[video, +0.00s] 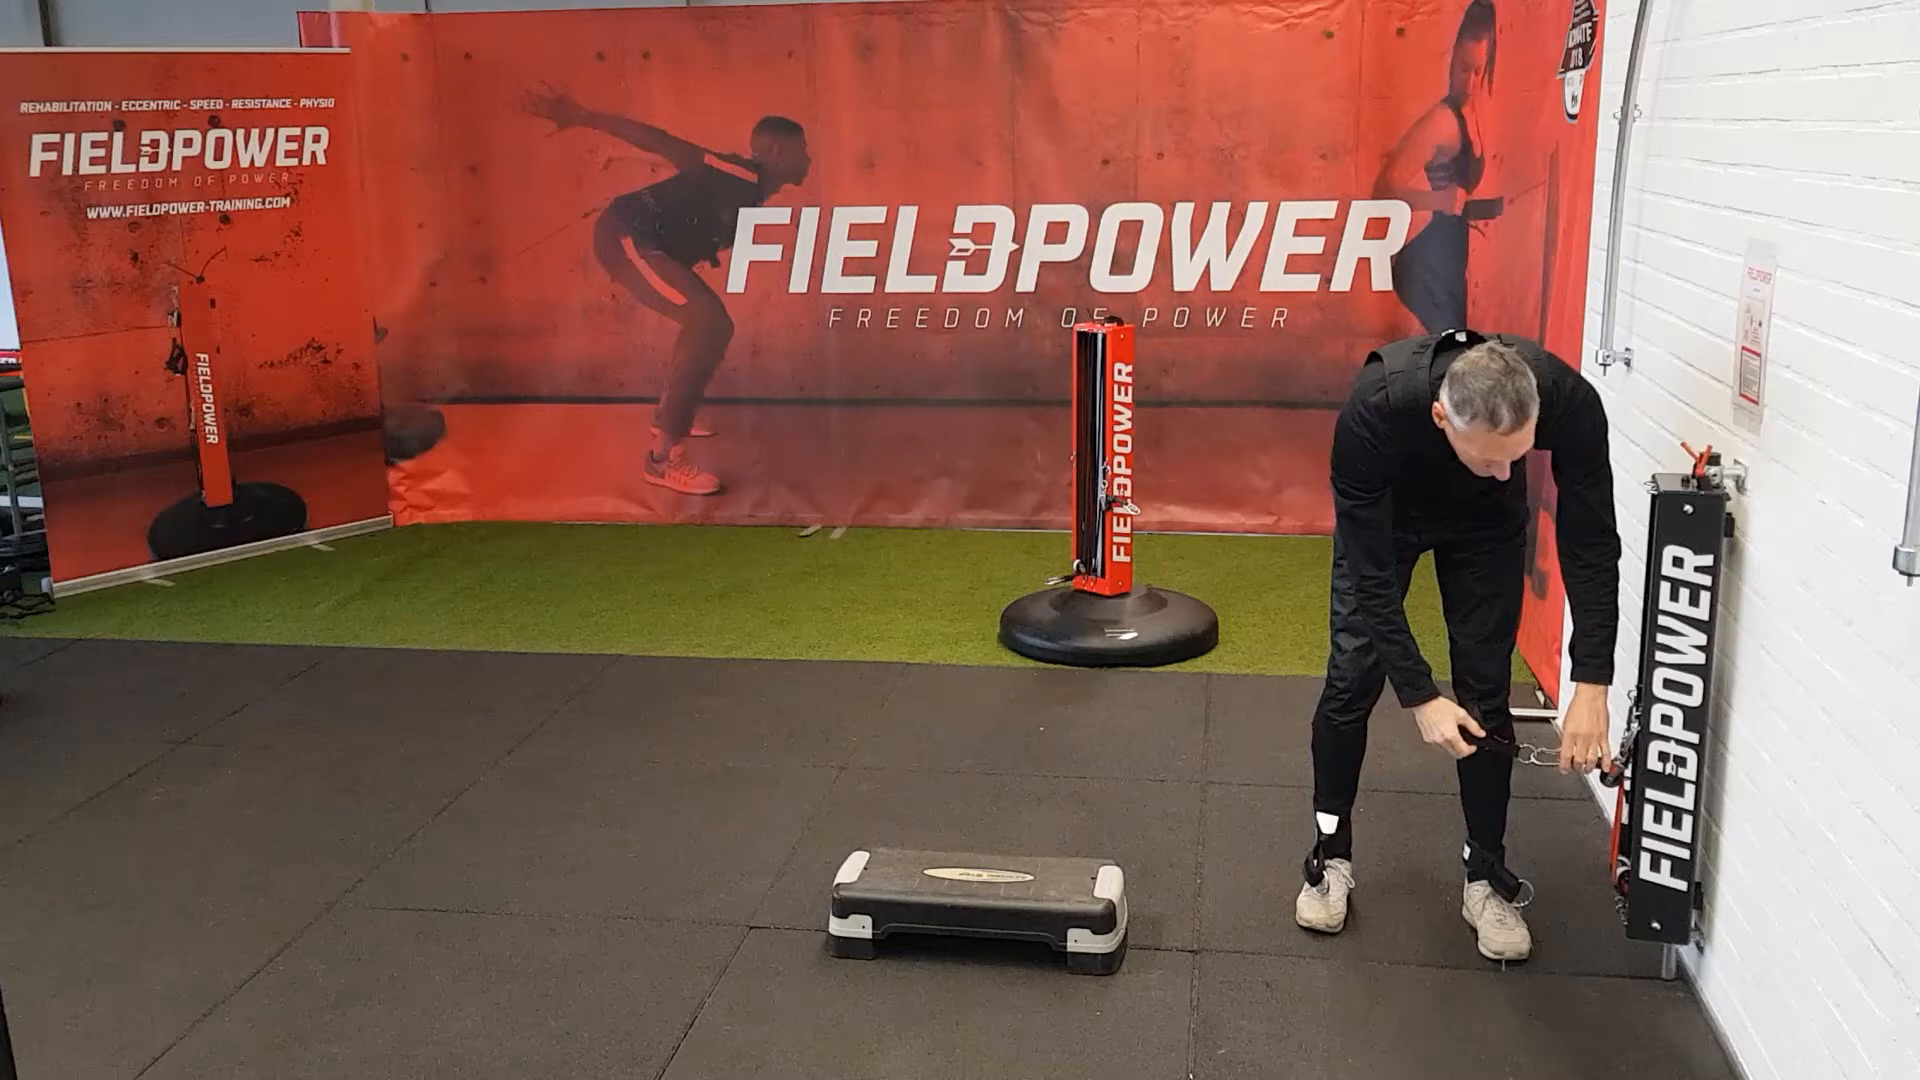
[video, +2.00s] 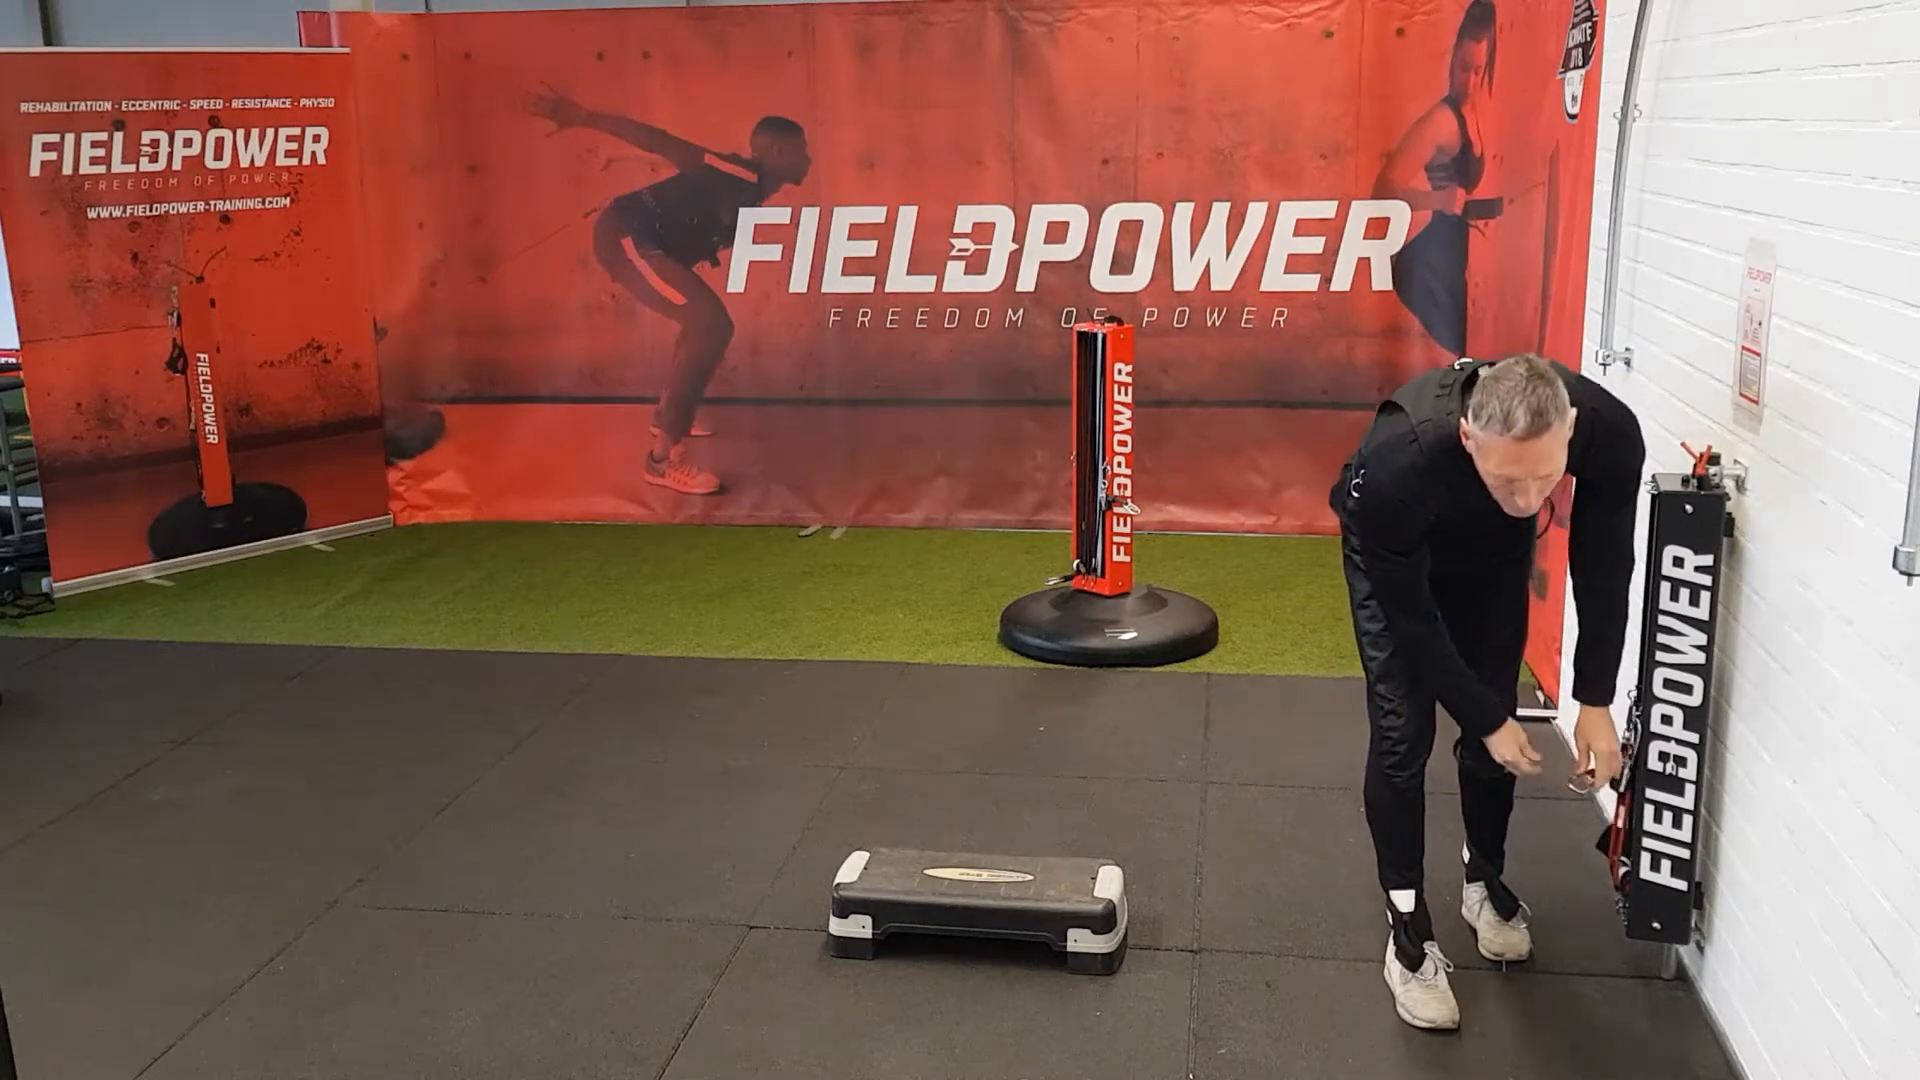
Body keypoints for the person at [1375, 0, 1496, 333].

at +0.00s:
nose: (1472, 81)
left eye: (1480, 72)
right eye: (1465, 70)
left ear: (1489, 73)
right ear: (1450, 68)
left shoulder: (1467, 119)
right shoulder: (1440, 120)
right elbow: (1389, 186)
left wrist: (1471, 210)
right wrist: (1439, 200)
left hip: (1446, 251)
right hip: (1425, 255)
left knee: (1454, 345)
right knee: (1450, 346)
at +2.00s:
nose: (1472, 81)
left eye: (1482, 71)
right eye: (1465, 68)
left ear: (1492, 73)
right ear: (1451, 65)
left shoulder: (1469, 121)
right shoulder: (1440, 120)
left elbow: (1437, 188)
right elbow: (1387, 188)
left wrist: (1470, 211)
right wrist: (1437, 199)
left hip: (1446, 252)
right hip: (1426, 256)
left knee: (1452, 357)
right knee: (1446, 357)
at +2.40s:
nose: (1471, 81)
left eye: (1479, 71)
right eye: (1464, 68)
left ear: (1488, 70)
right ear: (1451, 64)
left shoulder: (1468, 118)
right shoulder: (1440, 120)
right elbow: (1387, 188)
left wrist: (1472, 209)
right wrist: (1438, 200)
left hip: (1448, 252)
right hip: (1426, 256)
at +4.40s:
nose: (1471, 80)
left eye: (1480, 71)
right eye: (1465, 68)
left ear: (1489, 69)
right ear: (1451, 63)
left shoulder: (1469, 118)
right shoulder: (1441, 121)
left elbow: (1443, 194)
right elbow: (1386, 189)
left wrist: (1475, 209)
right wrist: (1438, 200)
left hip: (1445, 257)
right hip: (1426, 261)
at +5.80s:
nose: (1471, 81)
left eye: (1481, 72)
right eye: (1465, 69)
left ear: (1490, 72)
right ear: (1451, 66)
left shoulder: (1467, 117)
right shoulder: (1441, 121)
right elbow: (1386, 188)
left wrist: (1466, 210)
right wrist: (1440, 199)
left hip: (1446, 256)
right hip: (1425, 259)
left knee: (1454, 354)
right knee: (1450, 354)